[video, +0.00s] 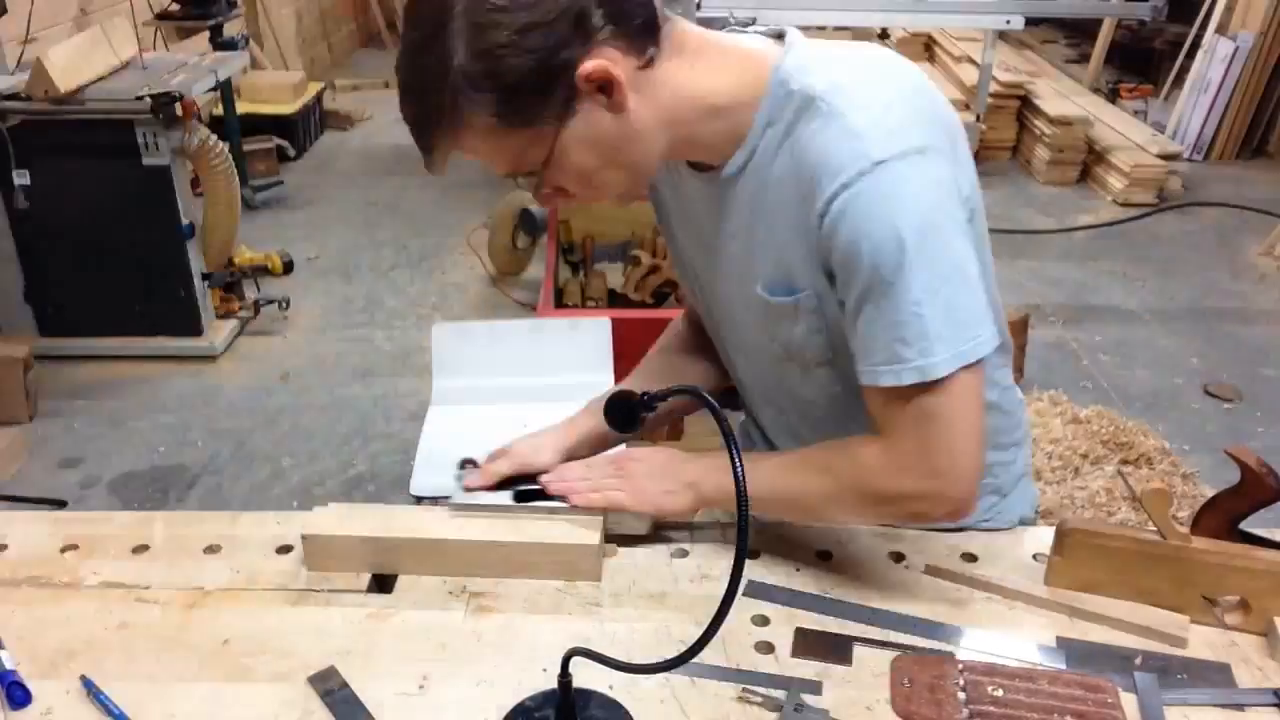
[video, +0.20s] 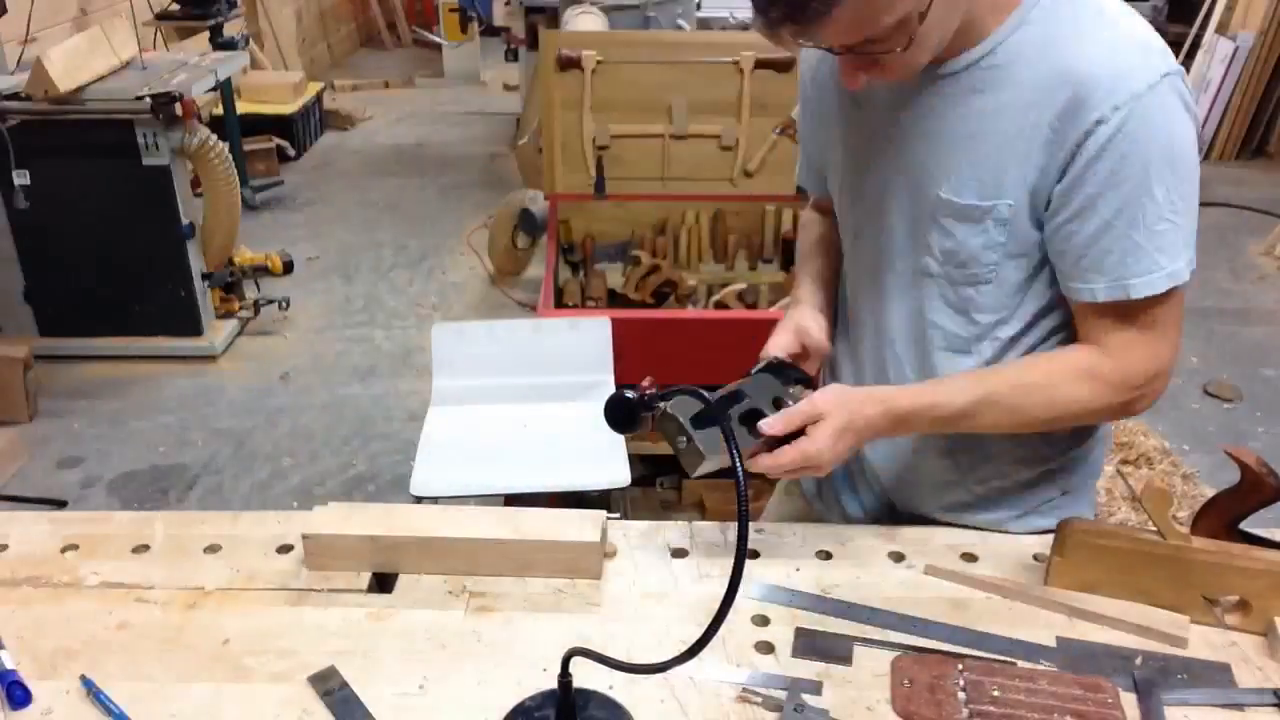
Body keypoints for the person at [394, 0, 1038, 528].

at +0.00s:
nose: (548, 202)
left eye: (537, 171)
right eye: (525, 182)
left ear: (606, 87)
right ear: (610, 83)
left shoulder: (882, 167)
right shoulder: (685, 127)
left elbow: (939, 478)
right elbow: (721, 330)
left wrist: (703, 477)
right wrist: (579, 436)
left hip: (954, 546)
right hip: (814, 516)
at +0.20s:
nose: (851, 80)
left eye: (880, 45)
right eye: (827, 49)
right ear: (804, 23)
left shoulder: (1116, 86)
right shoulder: (829, 49)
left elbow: (1132, 368)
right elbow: (822, 203)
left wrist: (876, 412)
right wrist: (807, 305)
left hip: (1000, 533)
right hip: (834, 499)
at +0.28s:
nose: (600, 196)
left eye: (600, 170)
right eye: (579, 180)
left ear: (669, 85)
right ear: (670, 77)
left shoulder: (922, 141)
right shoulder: (720, 121)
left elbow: (896, 485)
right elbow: (702, 333)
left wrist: (655, 486)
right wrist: (546, 436)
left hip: (964, 538)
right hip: (813, 501)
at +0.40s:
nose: (717, 142)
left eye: (732, 109)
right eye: (693, 120)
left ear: (805, 16)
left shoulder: (1017, 85)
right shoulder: (750, 88)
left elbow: (1042, 406)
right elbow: (776, 307)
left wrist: (792, 461)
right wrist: (665, 433)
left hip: (998, 540)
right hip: (833, 519)